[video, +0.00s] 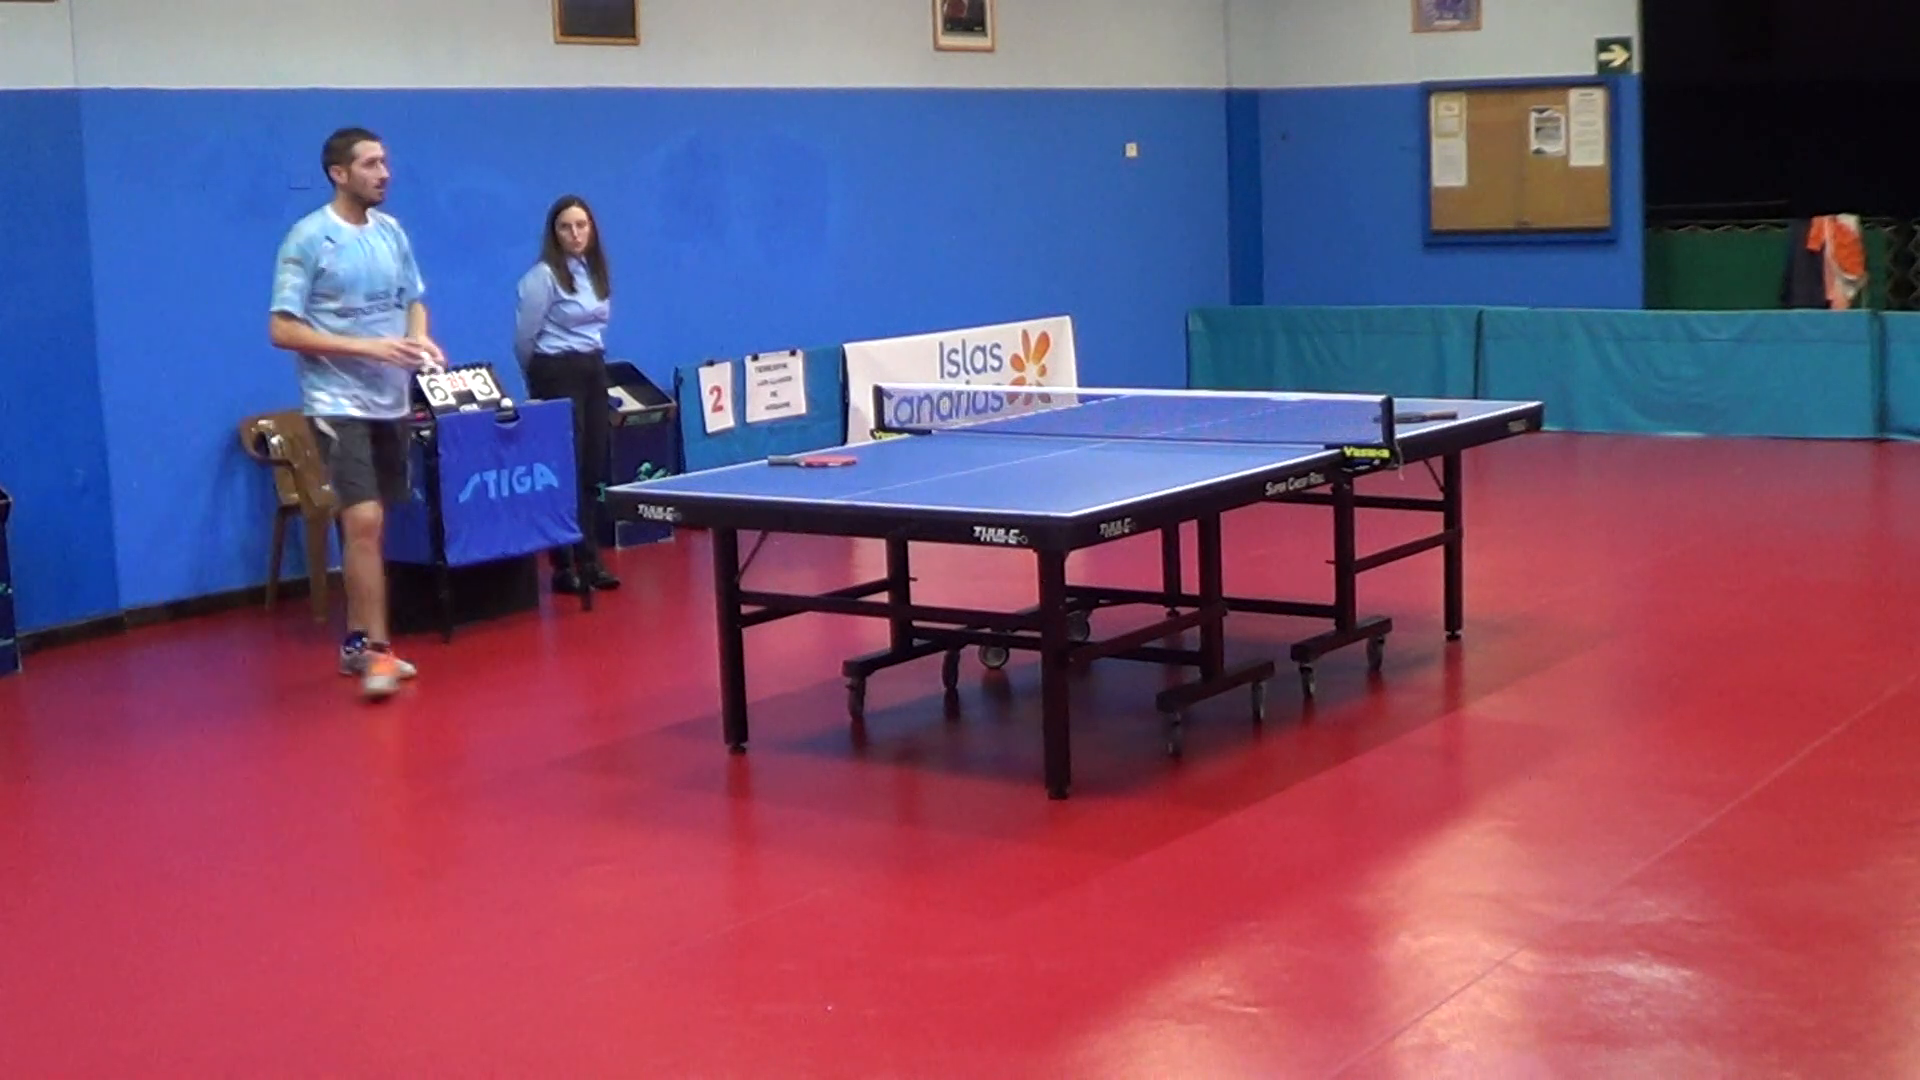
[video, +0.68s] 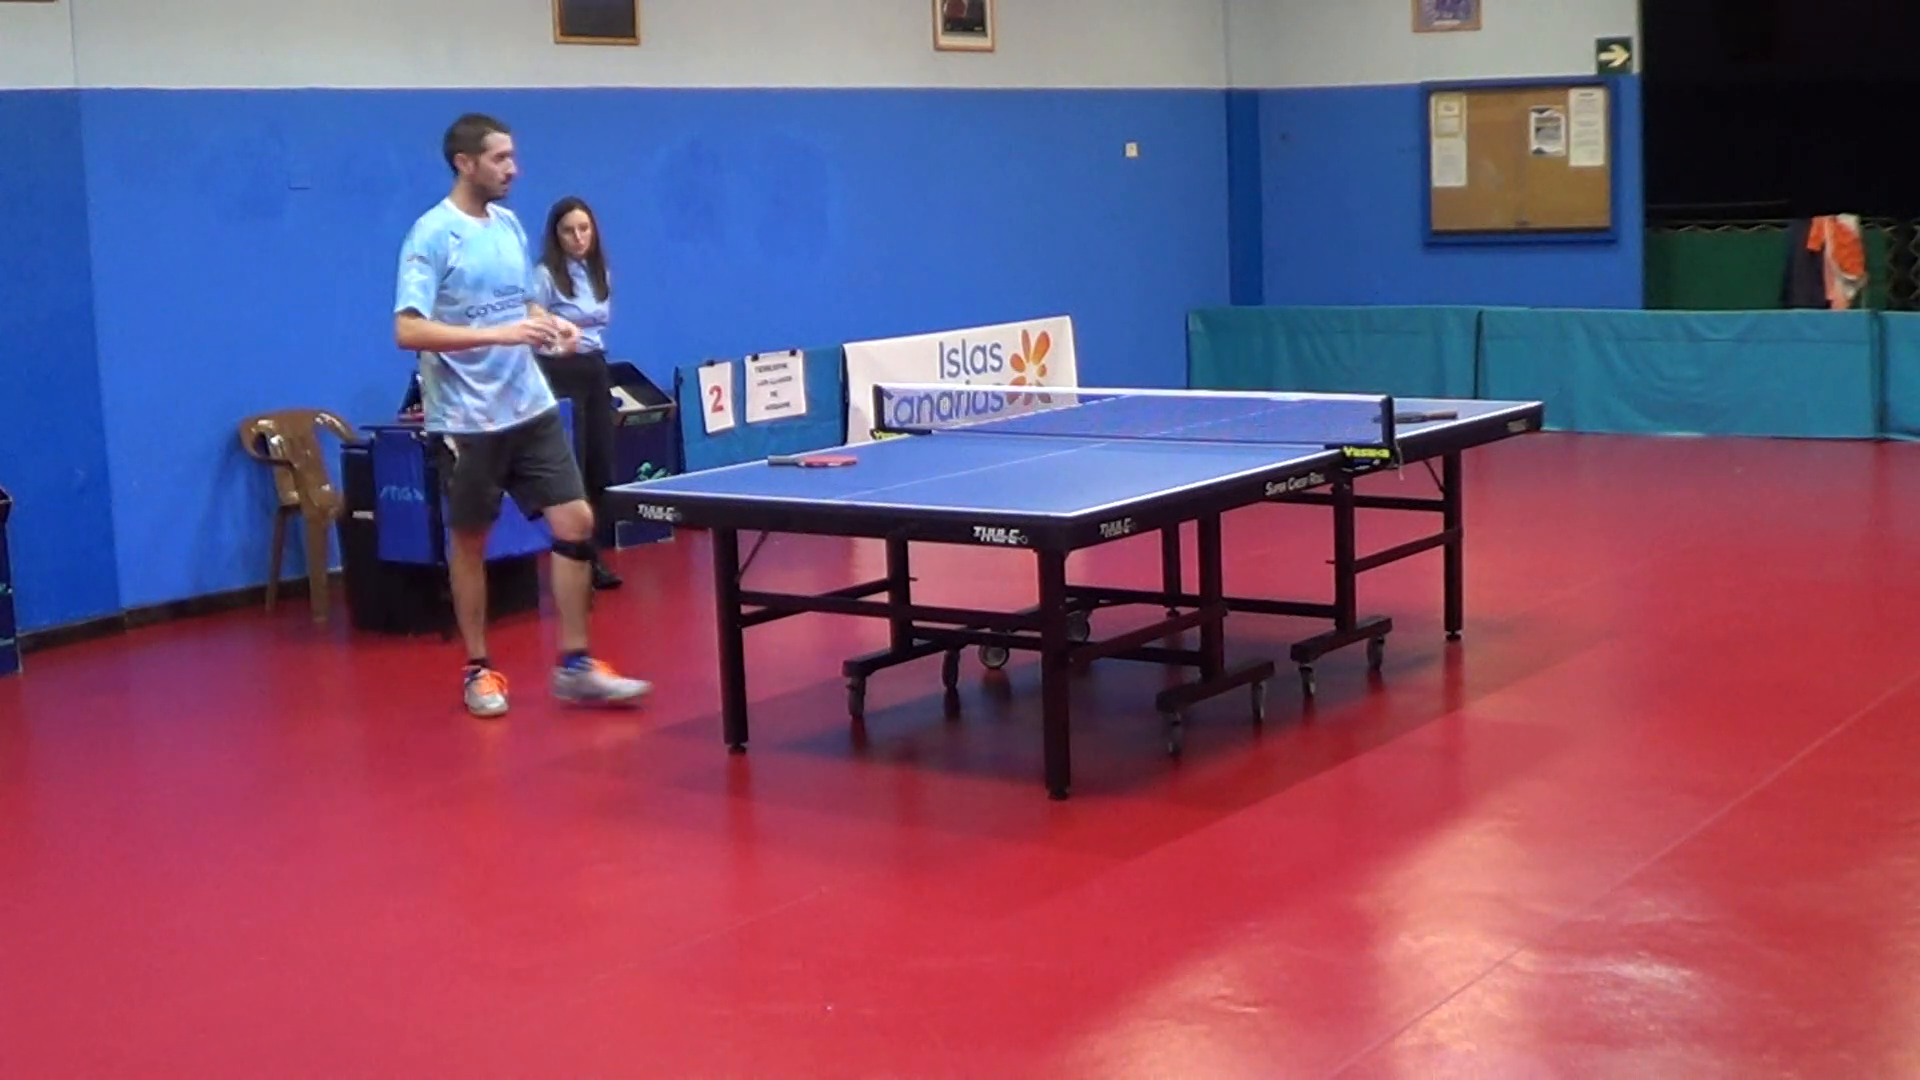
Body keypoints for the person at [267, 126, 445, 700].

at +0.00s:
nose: (384, 172)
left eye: (384, 162)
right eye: (371, 164)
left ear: (380, 169)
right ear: (339, 173)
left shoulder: (392, 229)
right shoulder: (307, 237)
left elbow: (413, 301)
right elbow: (282, 329)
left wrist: (421, 341)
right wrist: (371, 347)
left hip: (390, 401)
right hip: (337, 403)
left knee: (372, 522)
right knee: (365, 520)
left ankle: (360, 641)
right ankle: (376, 652)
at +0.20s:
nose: (416, 180)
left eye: (417, 170)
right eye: (404, 172)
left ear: (414, 177)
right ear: (371, 182)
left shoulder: (426, 238)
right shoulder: (344, 250)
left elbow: (444, 311)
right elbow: (325, 344)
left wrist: (457, 344)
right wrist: (413, 357)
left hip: (428, 411)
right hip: (381, 417)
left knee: (388, 531)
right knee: (424, 532)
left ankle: (360, 639)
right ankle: (468, 662)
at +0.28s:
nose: (429, 176)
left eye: (430, 166)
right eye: (417, 168)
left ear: (428, 173)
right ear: (384, 179)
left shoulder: (439, 234)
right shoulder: (359, 248)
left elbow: (458, 308)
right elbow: (340, 346)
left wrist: (471, 340)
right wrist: (429, 358)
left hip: (449, 408)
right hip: (401, 415)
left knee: (418, 536)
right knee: (435, 535)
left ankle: (367, 626)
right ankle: (474, 669)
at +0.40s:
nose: (450, 168)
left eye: (451, 158)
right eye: (438, 161)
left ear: (450, 164)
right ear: (404, 170)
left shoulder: (460, 224)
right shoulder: (380, 241)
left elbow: (479, 297)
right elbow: (359, 339)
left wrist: (495, 330)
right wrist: (448, 350)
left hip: (476, 400)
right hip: (421, 412)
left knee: (491, 528)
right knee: (444, 536)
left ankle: (402, 603)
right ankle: (475, 669)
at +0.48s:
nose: (466, 166)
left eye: (467, 156)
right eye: (454, 158)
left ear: (461, 164)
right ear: (419, 168)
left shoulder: (470, 222)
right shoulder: (395, 238)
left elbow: (493, 295)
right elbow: (373, 335)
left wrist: (509, 325)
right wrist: (466, 345)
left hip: (493, 402)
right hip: (435, 416)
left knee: (528, 521)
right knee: (451, 536)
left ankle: (438, 603)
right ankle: (475, 669)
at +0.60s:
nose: (492, 165)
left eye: (493, 155)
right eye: (481, 156)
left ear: (483, 161)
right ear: (444, 163)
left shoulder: (491, 221)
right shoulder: (415, 234)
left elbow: (504, 298)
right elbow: (395, 330)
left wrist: (527, 319)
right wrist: (488, 338)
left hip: (514, 403)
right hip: (454, 417)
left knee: (563, 516)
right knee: (462, 538)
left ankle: (517, 641)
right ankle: (476, 668)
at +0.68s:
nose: (511, 167)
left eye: (512, 156)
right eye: (500, 157)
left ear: (496, 162)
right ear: (464, 163)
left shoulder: (509, 224)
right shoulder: (430, 235)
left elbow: (520, 309)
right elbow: (408, 330)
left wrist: (550, 328)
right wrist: (500, 334)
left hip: (530, 407)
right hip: (466, 421)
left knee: (575, 522)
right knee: (469, 541)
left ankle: (575, 664)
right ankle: (479, 669)